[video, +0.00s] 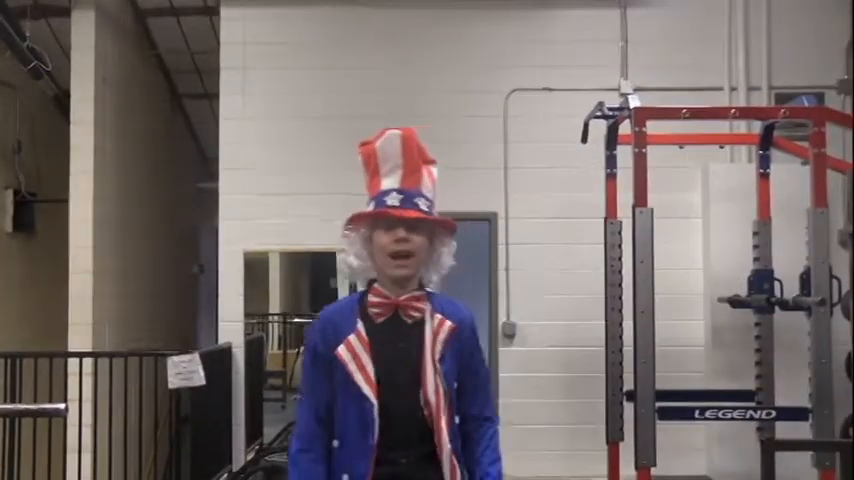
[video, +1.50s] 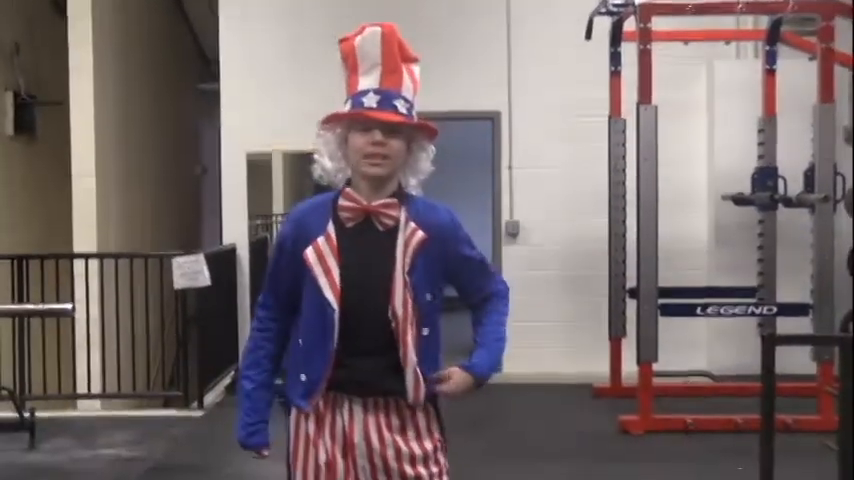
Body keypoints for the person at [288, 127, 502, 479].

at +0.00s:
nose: (401, 237)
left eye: (414, 227)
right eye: (387, 226)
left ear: (431, 242)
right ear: (367, 241)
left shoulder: (456, 321)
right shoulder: (332, 325)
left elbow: (480, 421)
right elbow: (311, 431)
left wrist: (488, 475)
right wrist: (309, 475)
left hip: (437, 472)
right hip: (362, 472)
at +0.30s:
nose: (369, 227)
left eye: (381, 217)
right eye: (353, 219)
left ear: (400, 232)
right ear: (334, 237)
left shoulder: (438, 311)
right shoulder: (311, 327)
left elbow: (469, 400)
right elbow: (298, 442)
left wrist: (475, 472)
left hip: (428, 471)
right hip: (351, 472)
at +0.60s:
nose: (415, 215)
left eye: (427, 204)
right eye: (400, 206)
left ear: (446, 221)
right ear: (380, 226)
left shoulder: (479, 303)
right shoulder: (353, 316)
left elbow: (514, 392)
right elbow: (333, 430)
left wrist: (525, 470)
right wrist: (329, 474)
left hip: (470, 471)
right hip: (389, 472)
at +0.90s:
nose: (435, 208)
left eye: (448, 199)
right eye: (420, 198)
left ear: (466, 215)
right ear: (400, 214)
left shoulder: (490, 294)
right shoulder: (364, 300)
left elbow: (535, 371)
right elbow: (319, 393)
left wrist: (550, 446)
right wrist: (327, 471)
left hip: (477, 469)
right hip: (393, 469)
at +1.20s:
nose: (407, 173)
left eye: (420, 164)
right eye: (393, 163)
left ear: (438, 180)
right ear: (371, 178)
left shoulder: (460, 261)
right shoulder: (333, 261)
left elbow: (505, 331)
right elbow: (286, 344)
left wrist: (510, 405)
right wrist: (290, 439)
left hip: (435, 456)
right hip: (349, 459)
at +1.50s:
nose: (377, 143)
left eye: (391, 133)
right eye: (364, 130)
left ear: (410, 148)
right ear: (343, 142)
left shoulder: (435, 226)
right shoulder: (304, 224)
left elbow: (490, 295)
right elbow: (269, 321)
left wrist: (478, 367)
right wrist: (253, 421)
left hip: (407, 422)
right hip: (321, 421)